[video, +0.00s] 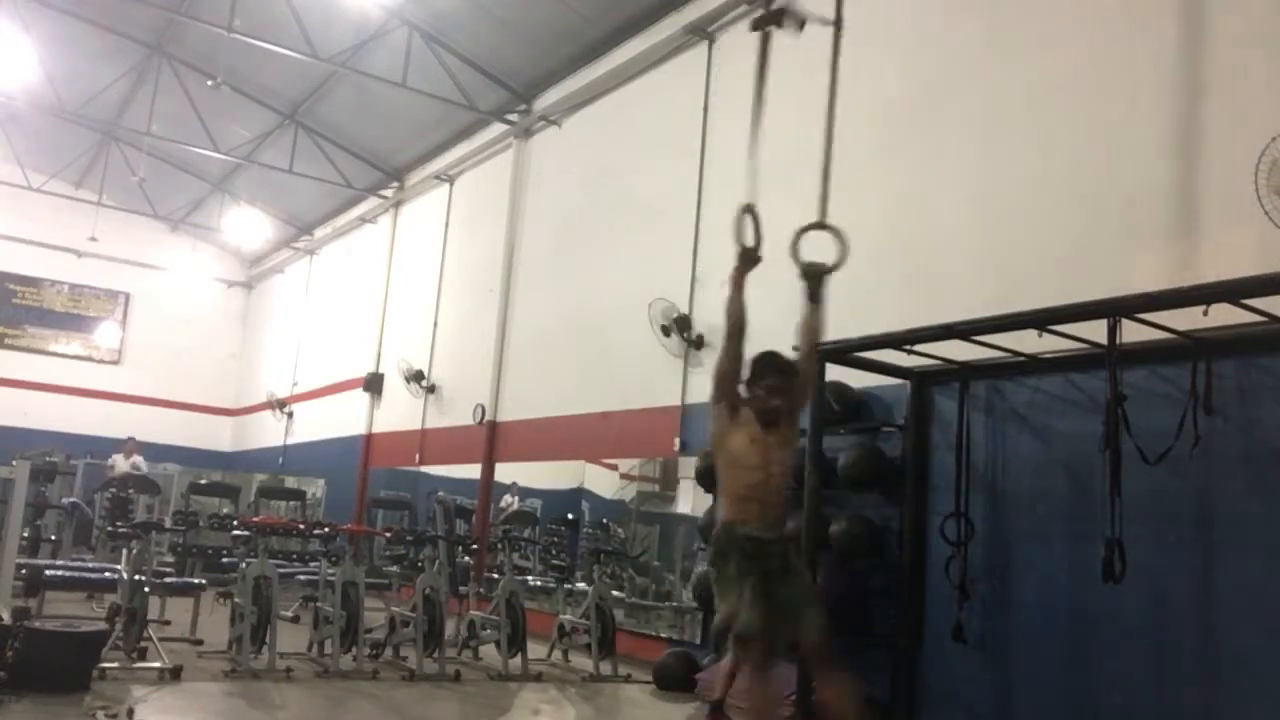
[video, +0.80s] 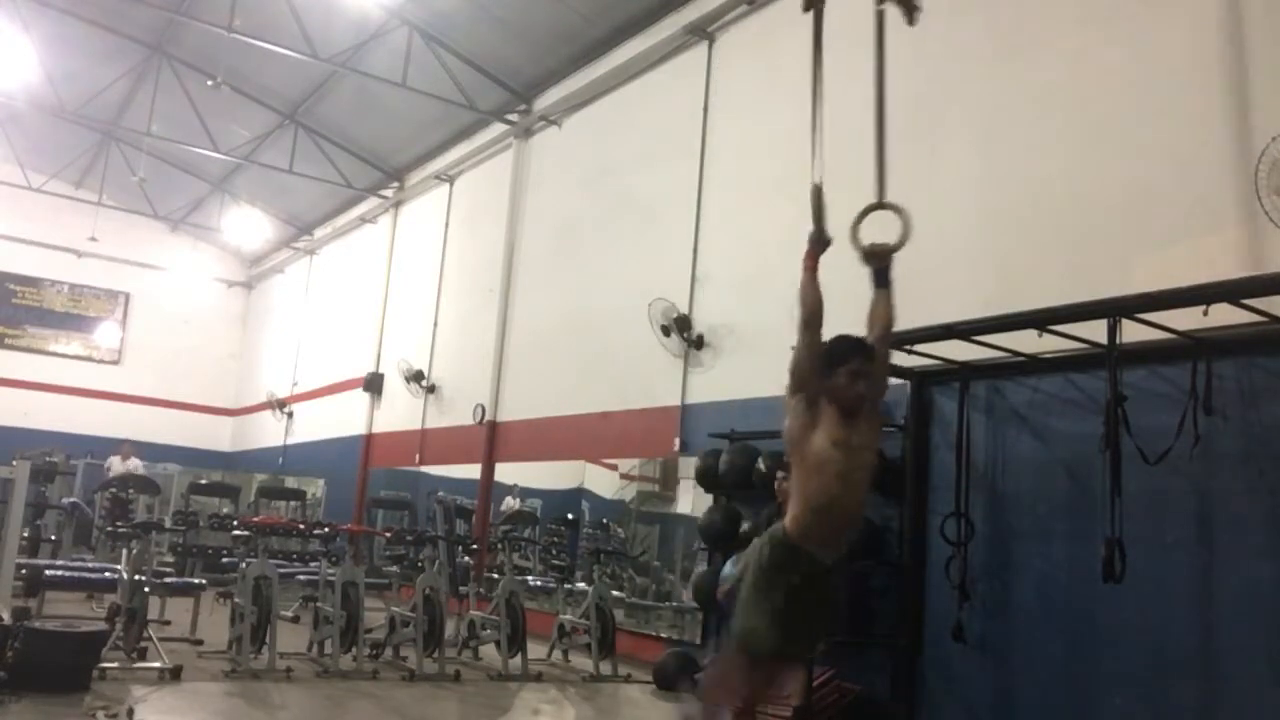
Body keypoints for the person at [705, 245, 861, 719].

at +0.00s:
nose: (772, 398)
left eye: (780, 391)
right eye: (765, 390)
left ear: (790, 394)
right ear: (750, 389)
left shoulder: (786, 422)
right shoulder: (729, 419)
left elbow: (809, 358)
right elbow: (733, 340)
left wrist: (813, 293)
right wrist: (739, 278)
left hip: (778, 545)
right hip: (735, 544)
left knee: (810, 639)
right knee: (750, 642)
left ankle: (814, 700)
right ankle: (729, 706)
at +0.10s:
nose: (802, 402)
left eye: (811, 394)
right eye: (794, 392)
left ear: (820, 393)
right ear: (776, 387)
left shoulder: (814, 426)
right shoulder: (754, 417)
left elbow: (828, 349)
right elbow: (759, 337)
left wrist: (830, 281)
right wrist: (766, 274)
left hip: (796, 562)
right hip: (748, 555)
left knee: (795, 672)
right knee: (721, 660)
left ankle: (774, 714)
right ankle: (685, 706)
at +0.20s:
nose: (830, 400)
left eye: (838, 392)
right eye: (822, 389)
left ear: (848, 392)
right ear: (803, 384)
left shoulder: (840, 417)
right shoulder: (778, 411)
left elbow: (855, 341)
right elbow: (779, 332)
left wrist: (856, 275)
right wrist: (782, 265)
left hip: (806, 565)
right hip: (759, 554)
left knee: (790, 646)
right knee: (710, 628)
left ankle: (754, 694)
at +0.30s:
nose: (856, 391)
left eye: (865, 382)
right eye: (847, 379)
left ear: (872, 383)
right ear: (820, 372)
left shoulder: (859, 411)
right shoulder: (795, 404)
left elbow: (884, 332)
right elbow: (795, 321)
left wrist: (889, 266)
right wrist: (802, 252)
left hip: (805, 550)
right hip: (760, 533)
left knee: (783, 606)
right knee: (692, 578)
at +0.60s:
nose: (888, 378)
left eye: (895, 369)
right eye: (880, 367)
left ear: (902, 369)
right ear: (853, 360)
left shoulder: (887, 398)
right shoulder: (821, 392)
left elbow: (915, 324)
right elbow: (818, 308)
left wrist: (918, 256)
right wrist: (823, 240)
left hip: (817, 536)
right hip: (776, 514)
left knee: (782, 606)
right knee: (701, 543)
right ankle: (672, 476)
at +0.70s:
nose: (881, 381)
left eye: (887, 372)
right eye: (872, 370)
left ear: (893, 374)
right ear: (846, 367)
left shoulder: (882, 407)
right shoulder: (818, 400)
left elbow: (902, 331)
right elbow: (819, 319)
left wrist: (902, 264)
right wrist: (820, 251)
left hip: (821, 557)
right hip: (779, 539)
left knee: (776, 612)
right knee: (729, 596)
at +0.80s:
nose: (862, 386)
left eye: (868, 378)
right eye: (853, 376)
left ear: (875, 384)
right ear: (830, 375)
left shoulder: (867, 416)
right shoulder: (807, 410)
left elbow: (881, 339)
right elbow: (810, 327)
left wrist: (882, 273)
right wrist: (810, 263)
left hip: (823, 568)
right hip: (783, 558)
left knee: (781, 672)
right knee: (745, 667)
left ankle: (742, 708)